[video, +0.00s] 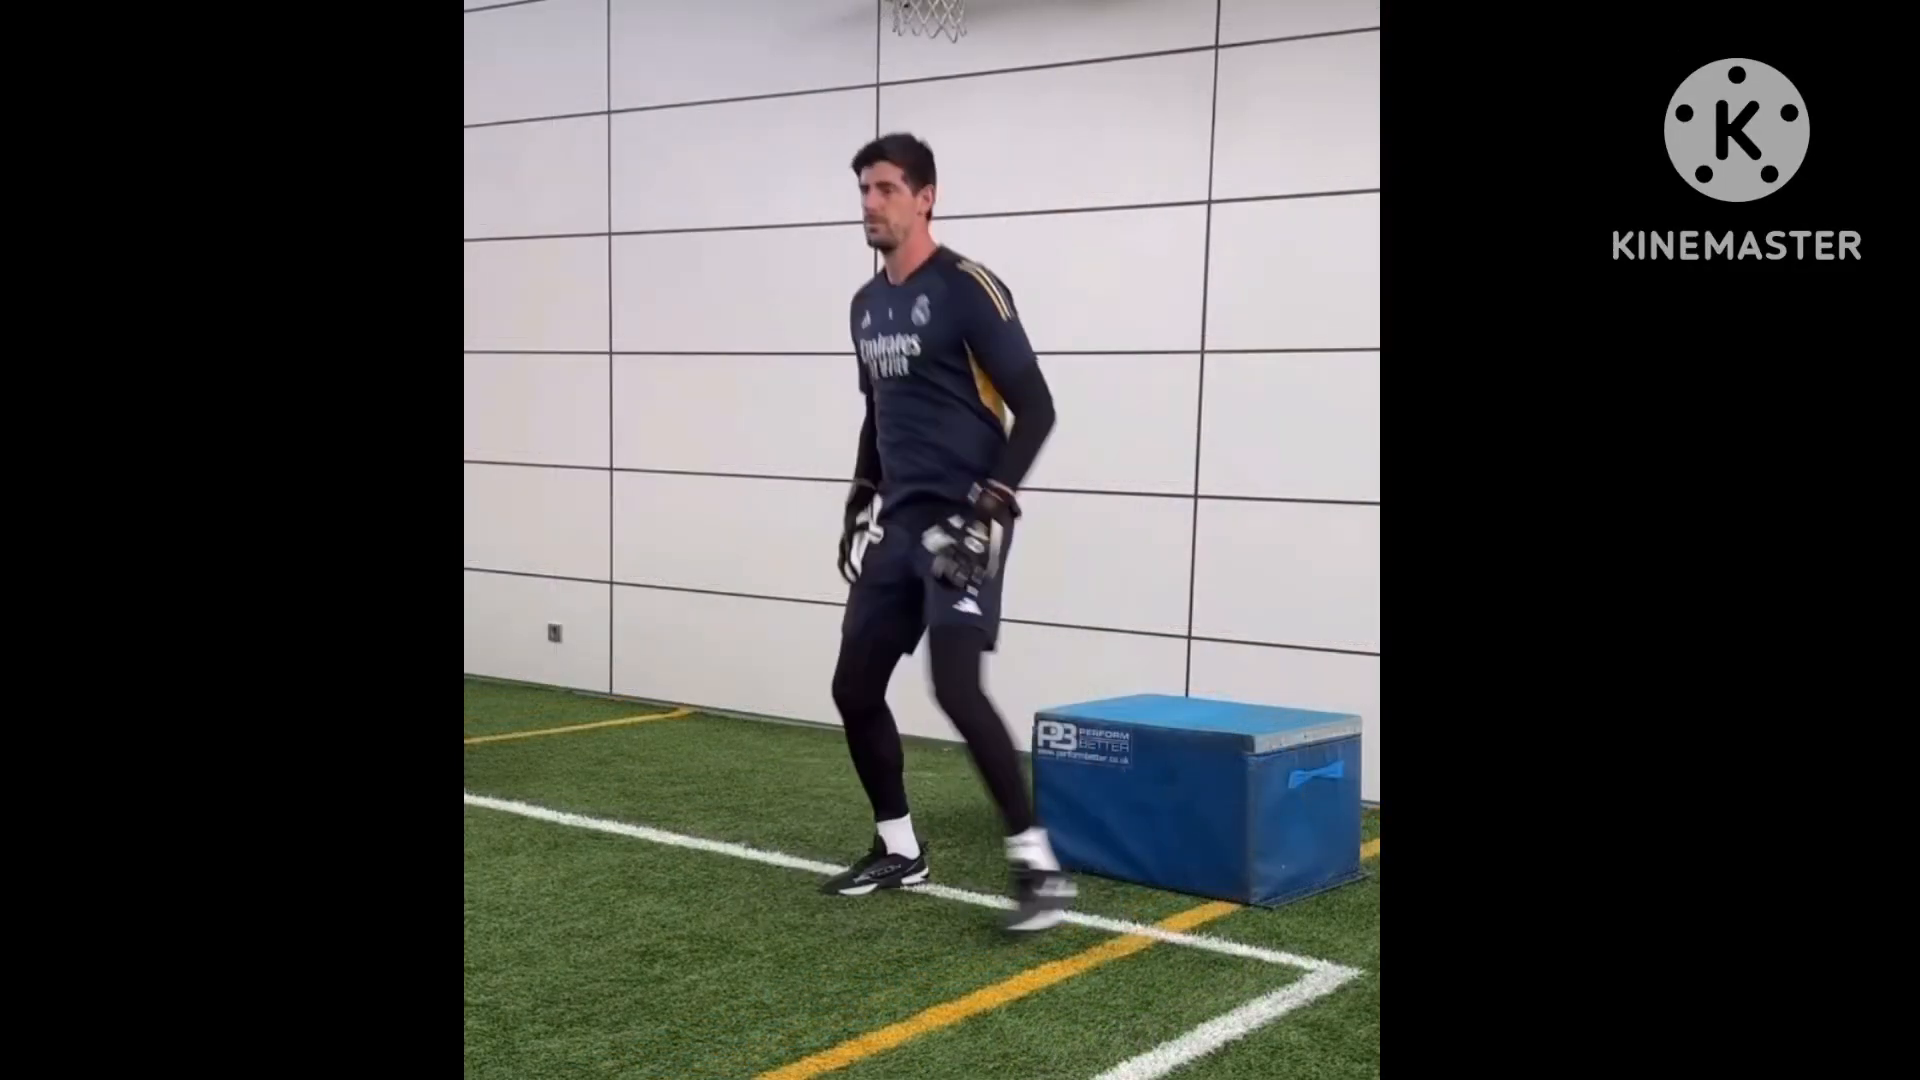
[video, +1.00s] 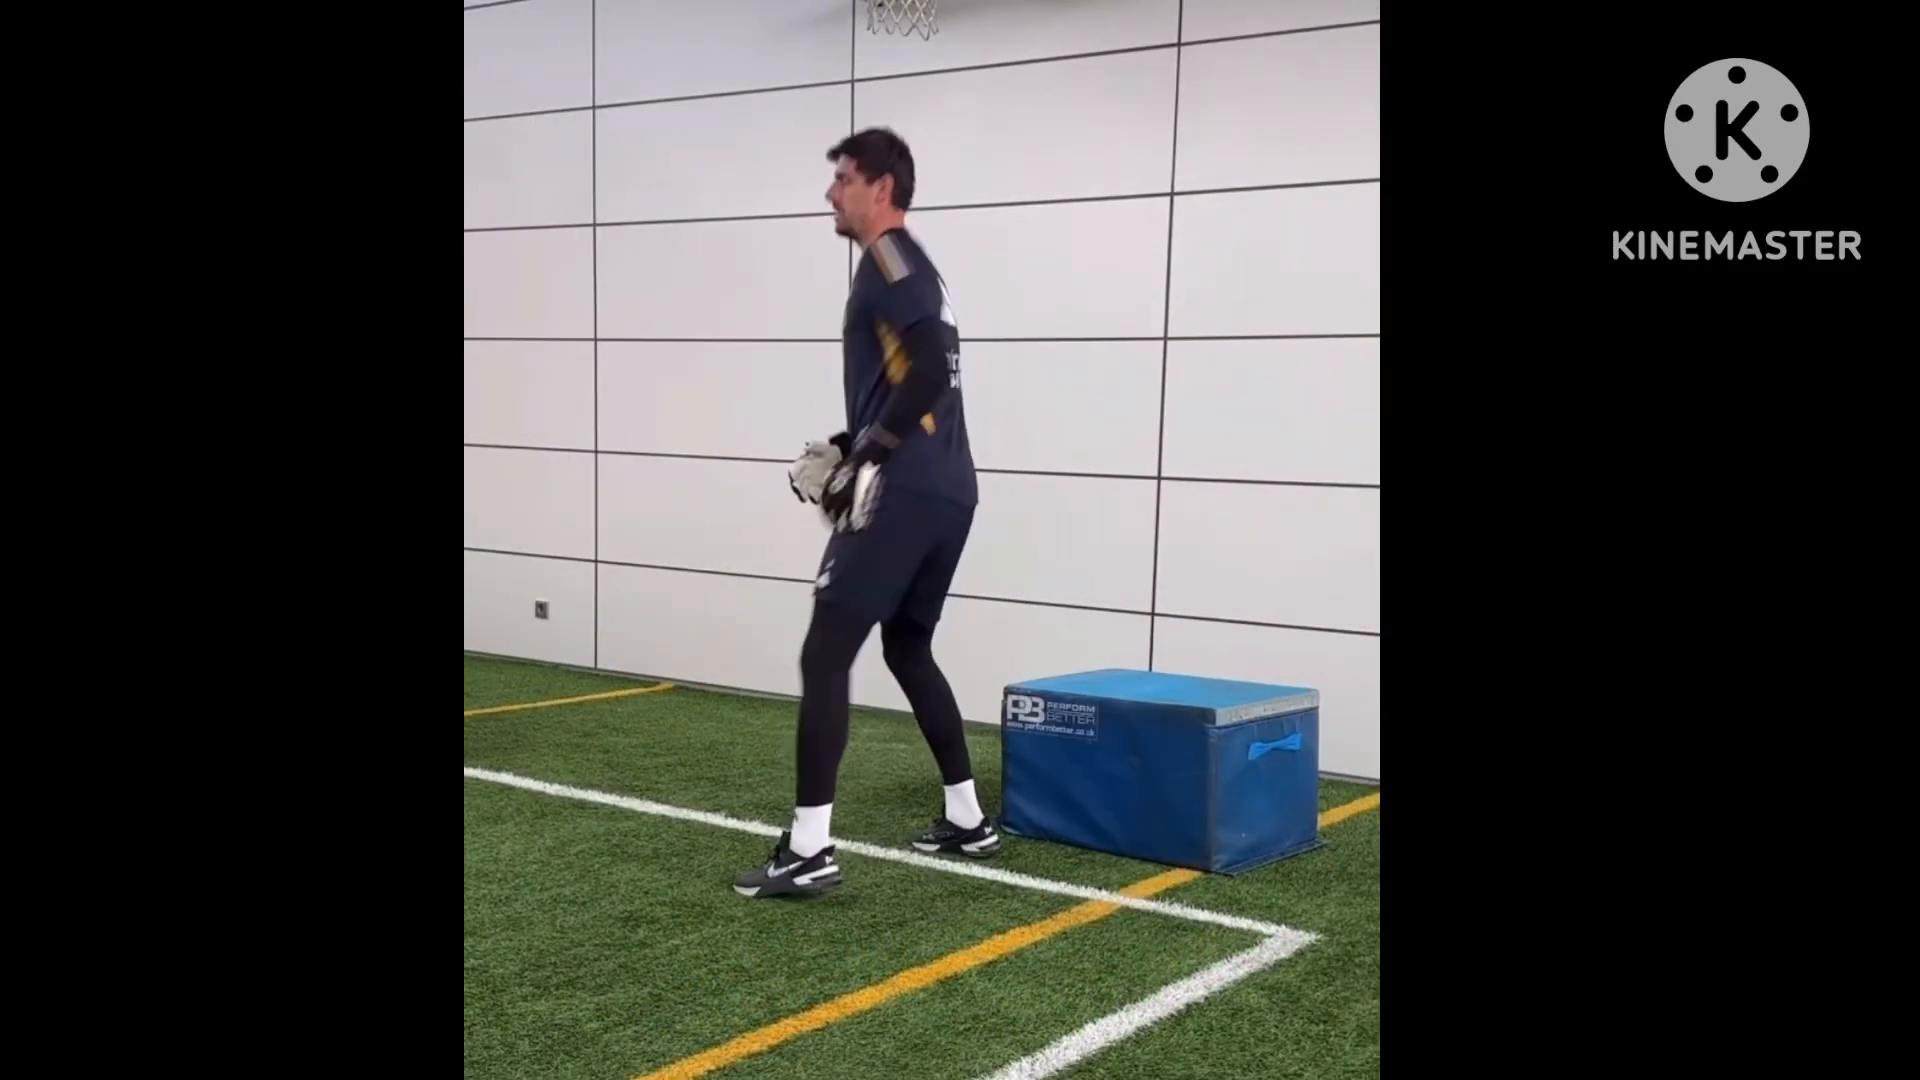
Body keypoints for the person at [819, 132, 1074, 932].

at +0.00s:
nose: (869, 203)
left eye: (884, 189)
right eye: (863, 190)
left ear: (925, 198)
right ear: (862, 202)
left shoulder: (969, 287)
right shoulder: (867, 305)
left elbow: (1038, 411)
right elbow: (880, 413)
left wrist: (986, 510)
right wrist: (859, 503)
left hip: (965, 519)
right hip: (898, 522)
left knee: (957, 686)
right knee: (855, 686)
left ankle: (1040, 867)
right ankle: (899, 852)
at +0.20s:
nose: (901, 239)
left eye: (916, 224)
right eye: (894, 226)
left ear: (956, 232)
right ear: (890, 238)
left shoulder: (1015, 326)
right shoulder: (890, 346)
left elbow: (1091, 443)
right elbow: (895, 456)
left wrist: (1085, 558)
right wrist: (885, 553)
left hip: (1024, 556)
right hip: (934, 562)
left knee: (1073, 722)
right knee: (861, 711)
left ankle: (1150, 891)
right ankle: (901, 852)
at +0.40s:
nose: (952, 220)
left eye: (966, 204)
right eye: (943, 207)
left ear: (1004, 205)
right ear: (935, 217)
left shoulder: (1056, 297)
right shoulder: (929, 312)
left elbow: (1126, 410)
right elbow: (889, 408)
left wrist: (1046, 442)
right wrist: (863, 432)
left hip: (1047, 548)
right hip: (957, 547)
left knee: (1087, 717)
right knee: (890, 700)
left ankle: (1153, 889)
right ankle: (904, 853)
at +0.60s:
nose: (989, 245)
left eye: (1001, 231)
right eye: (978, 232)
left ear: (1033, 222)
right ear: (967, 230)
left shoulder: (1070, 289)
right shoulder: (950, 288)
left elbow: (1102, 351)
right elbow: (875, 327)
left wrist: (1055, 251)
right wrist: (913, 236)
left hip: (1051, 538)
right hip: (967, 536)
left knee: (1085, 718)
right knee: (892, 695)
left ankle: (1152, 890)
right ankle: (903, 852)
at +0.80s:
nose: (988, 212)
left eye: (1001, 195)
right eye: (977, 200)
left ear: (1038, 194)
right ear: (970, 209)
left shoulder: (1087, 290)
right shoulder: (959, 294)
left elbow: (1119, 399)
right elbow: (903, 403)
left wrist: (1033, 349)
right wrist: (911, 333)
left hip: (1057, 540)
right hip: (967, 537)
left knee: (1095, 713)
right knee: (913, 699)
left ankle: (1153, 891)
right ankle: (903, 853)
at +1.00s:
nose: (830, 192)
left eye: (842, 180)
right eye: (832, 179)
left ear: (882, 188)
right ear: (884, 190)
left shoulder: (888, 258)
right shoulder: (902, 262)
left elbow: (930, 368)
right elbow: (905, 381)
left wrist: (872, 452)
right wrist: (844, 446)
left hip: (904, 487)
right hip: (947, 489)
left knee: (825, 654)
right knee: (908, 648)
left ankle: (808, 848)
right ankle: (966, 818)